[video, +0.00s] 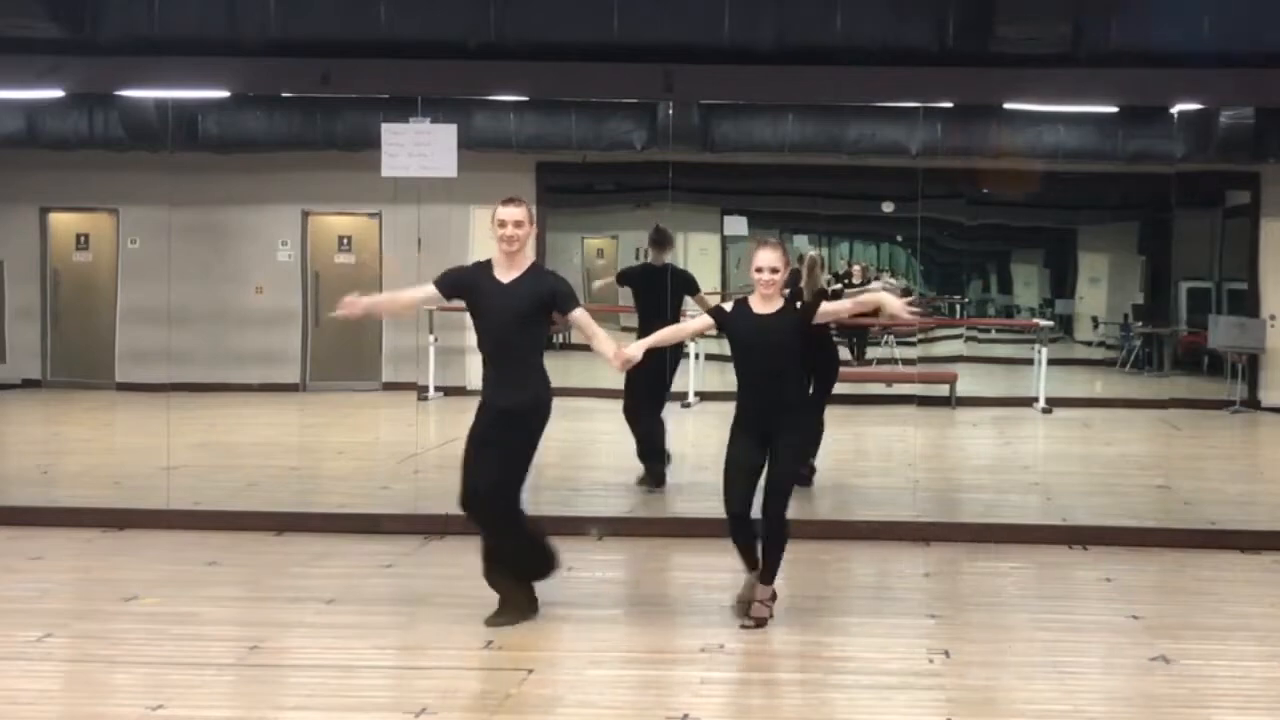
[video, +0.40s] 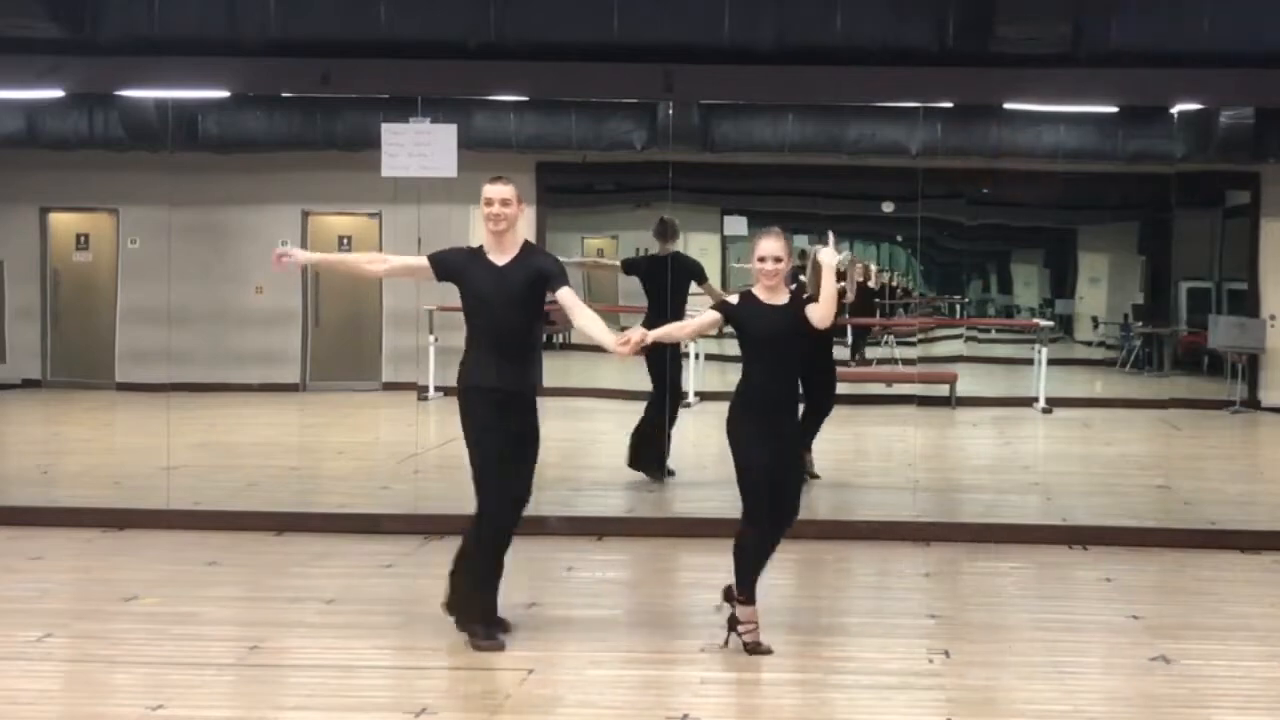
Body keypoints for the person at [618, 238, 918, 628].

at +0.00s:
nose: (766, 277)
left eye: (774, 270)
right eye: (760, 270)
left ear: (786, 274)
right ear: (751, 273)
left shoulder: (801, 312)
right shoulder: (732, 313)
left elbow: (846, 307)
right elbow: (684, 329)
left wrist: (881, 298)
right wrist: (642, 344)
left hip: (792, 422)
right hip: (750, 421)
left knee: (774, 508)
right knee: (735, 509)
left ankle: (766, 589)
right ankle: (755, 573)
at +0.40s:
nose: (768, 266)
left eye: (776, 259)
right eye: (762, 259)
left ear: (790, 264)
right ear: (751, 262)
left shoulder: (801, 303)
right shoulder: (738, 304)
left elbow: (823, 318)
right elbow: (690, 328)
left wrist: (827, 267)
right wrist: (648, 336)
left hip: (787, 417)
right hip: (749, 416)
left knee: (786, 511)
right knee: (757, 510)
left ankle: (740, 587)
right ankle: (746, 606)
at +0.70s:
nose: (774, 265)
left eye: (782, 257)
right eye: (767, 257)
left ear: (796, 263)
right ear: (757, 260)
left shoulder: (798, 312)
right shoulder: (745, 300)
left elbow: (775, 367)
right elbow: (698, 330)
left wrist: (777, 316)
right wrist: (653, 350)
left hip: (788, 421)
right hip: (767, 420)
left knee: (781, 519)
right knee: (769, 519)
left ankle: (791, 614)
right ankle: (772, 615)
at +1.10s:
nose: (777, 268)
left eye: (785, 261)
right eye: (771, 261)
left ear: (802, 264)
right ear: (762, 264)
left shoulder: (821, 307)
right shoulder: (753, 309)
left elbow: (834, 354)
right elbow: (703, 332)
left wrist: (790, 370)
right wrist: (675, 344)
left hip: (798, 427)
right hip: (755, 424)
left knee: (806, 521)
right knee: (753, 518)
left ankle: (784, 608)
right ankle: (747, 616)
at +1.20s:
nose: (766, 273)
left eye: (775, 266)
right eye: (764, 266)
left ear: (800, 268)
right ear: (764, 269)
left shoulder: (830, 313)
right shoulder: (761, 315)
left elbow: (861, 361)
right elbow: (707, 341)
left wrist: (822, 394)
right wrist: (683, 340)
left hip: (803, 428)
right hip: (757, 422)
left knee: (801, 527)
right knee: (729, 512)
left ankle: (783, 611)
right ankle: (698, 609)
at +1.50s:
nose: (767, 281)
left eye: (774, 275)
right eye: (767, 275)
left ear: (800, 277)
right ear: (777, 280)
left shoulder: (836, 317)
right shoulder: (766, 322)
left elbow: (878, 355)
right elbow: (712, 340)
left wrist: (845, 396)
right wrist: (689, 333)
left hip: (816, 433)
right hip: (768, 429)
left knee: (809, 529)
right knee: (731, 509)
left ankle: (785, 612)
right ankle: (692, 577)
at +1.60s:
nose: (770, 281)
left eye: (776, 274)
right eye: (769, 274)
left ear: (802, 276)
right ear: (789, 278)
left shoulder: (834, 320)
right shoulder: (767, 321)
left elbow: (878, 355)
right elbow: (712, 336)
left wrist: (844, 389)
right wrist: (670, 335)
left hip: (814, 434)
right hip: (769, 431)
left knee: (804, 524)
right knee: (754, 515)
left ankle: (790, 611)